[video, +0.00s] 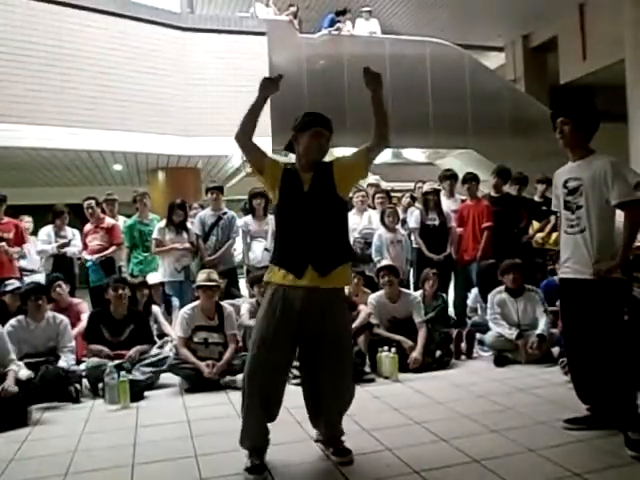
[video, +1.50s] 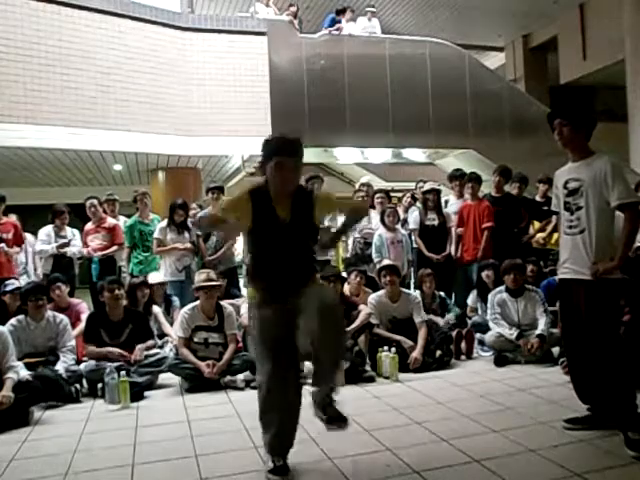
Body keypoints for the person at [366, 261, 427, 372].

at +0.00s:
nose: (387, 279)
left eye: (390, 275)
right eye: (383, 277)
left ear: (398, 278)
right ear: (379, 281)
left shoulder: (413, 298)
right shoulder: (374, 300)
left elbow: (422, 327)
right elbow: (375, 328)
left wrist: (418, 352)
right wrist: (401, 340)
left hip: (408, 331)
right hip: (386, 333)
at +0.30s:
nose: (388, 279)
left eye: (391, 275)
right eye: (383, 276)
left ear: (398, 278)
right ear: (379, 281)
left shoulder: (413, 298)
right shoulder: (374, 299)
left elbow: (422, 327)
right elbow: (375, 328)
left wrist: (418, 351)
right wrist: (401, 340)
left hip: (408, 331)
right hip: (386, 332)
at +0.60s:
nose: (388, 279)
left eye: (391, 274)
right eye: (384, 276)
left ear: (399, 278)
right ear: (379, 281)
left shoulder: (413, 298)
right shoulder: (374, 300)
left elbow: (422, 326)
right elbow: (375, 328)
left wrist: (418, 351)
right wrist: (401, 340)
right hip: (386, 332)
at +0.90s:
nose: (389, 278)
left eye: (392, 273)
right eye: (384, 275)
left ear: (400, 277)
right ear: (379, 281)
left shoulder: (413, 298)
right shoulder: (374, 299)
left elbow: (422, 327)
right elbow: (375, 328)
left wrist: (418, 351)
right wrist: (401, 340)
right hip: (386, 331)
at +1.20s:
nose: (389, 279)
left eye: (392, 275)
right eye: (384, 276)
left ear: (399, 277)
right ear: (380, 281)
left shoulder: (413, 298)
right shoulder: (374, 299)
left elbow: (422, 326)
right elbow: (375, 328)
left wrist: (418, 351)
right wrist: (401, 339)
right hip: (386, 332)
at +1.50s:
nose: (389, 279)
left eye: (392, 275)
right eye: (385, 276)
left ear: (399, 277)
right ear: (380, 281)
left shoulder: (413, 299)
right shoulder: (374, 300)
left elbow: (422, 326)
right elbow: (375, 329)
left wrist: (418, 351)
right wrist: (401, 339)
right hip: (387, 337)